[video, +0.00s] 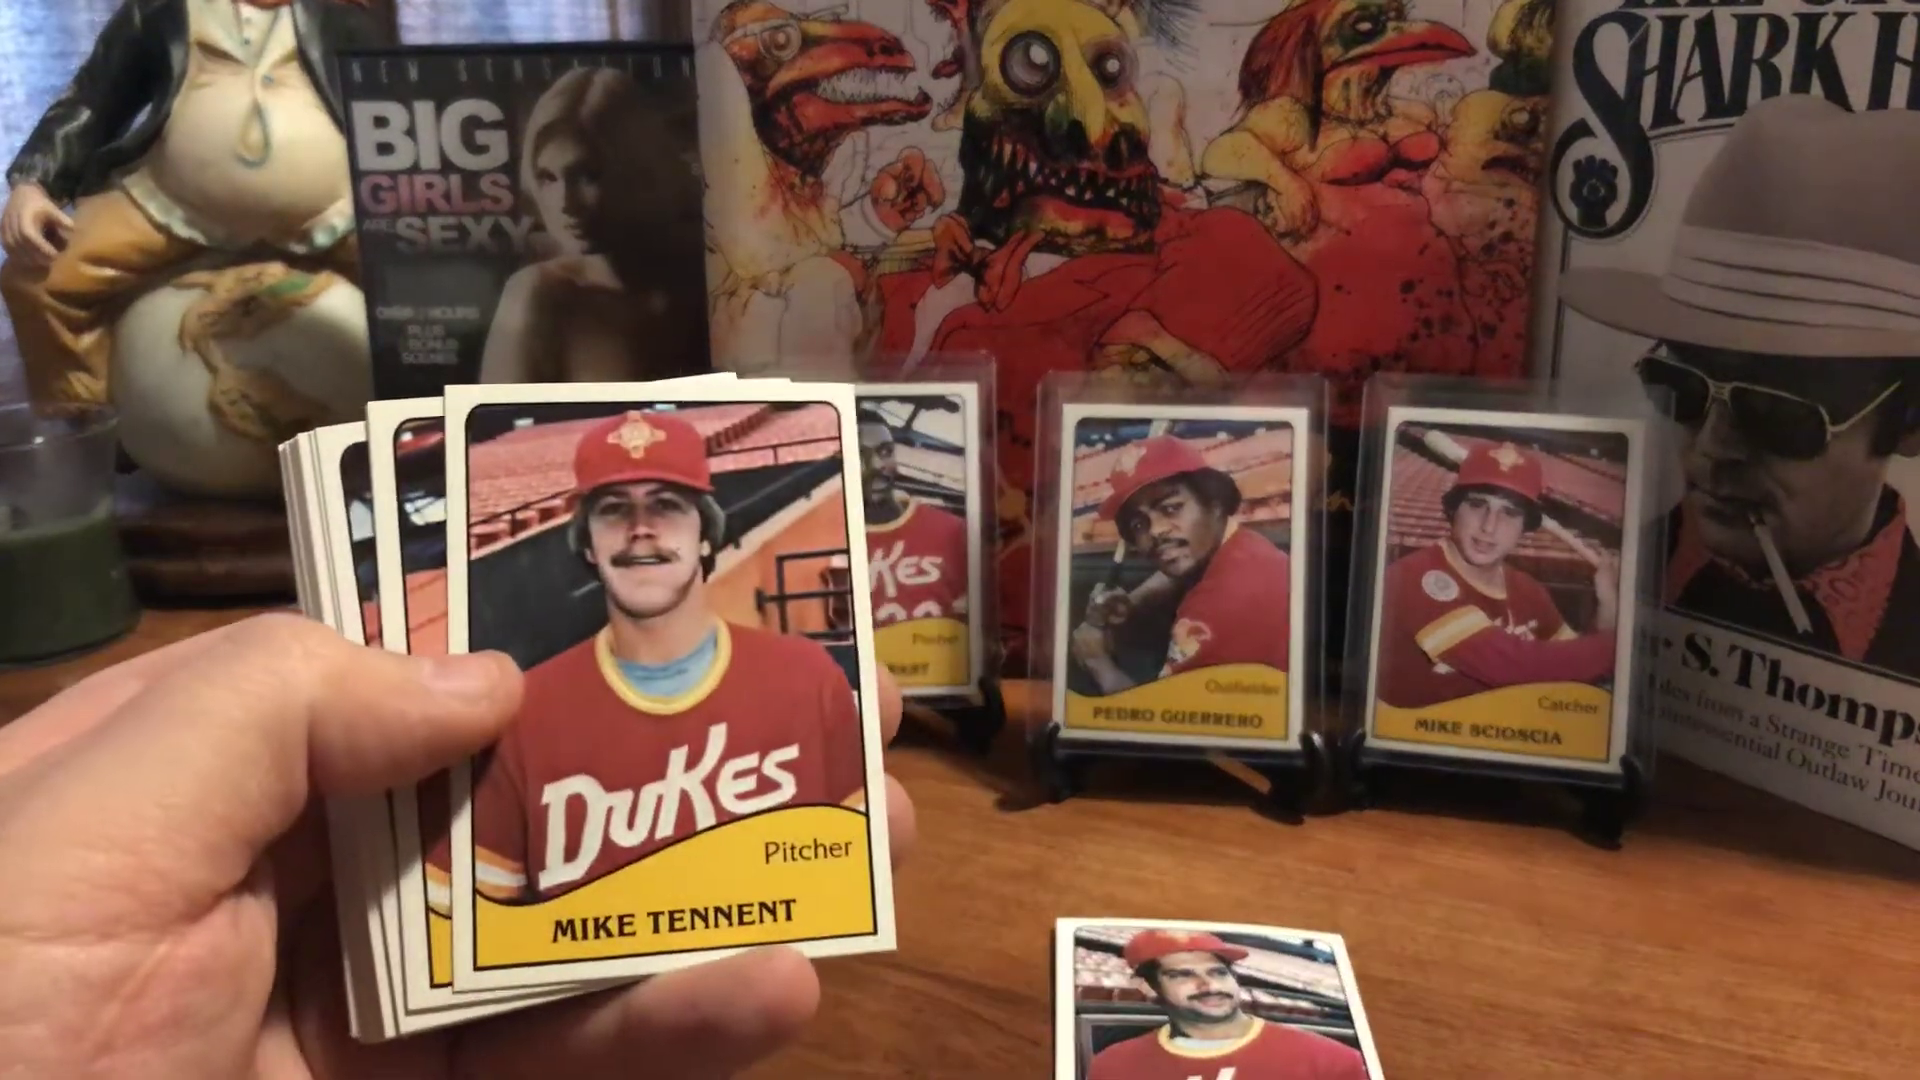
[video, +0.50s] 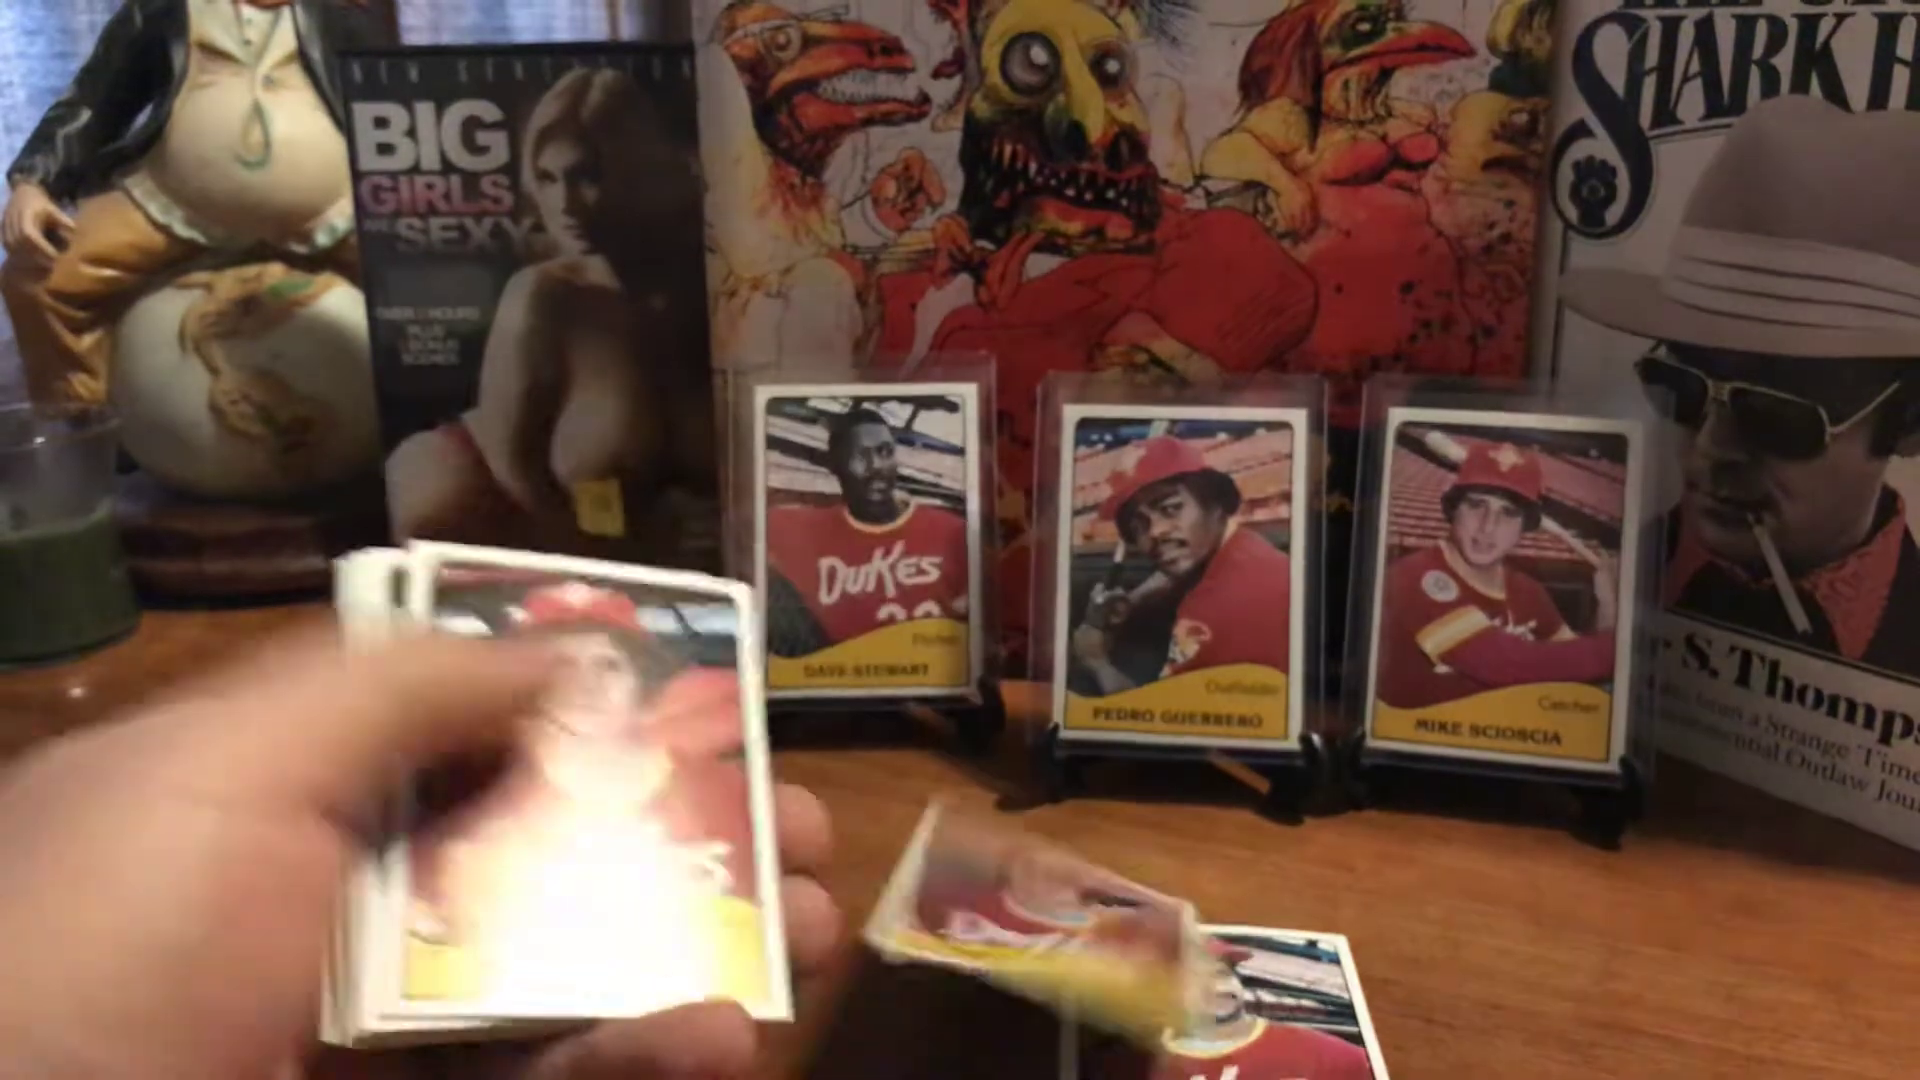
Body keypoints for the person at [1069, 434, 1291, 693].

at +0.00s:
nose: (1156, 531)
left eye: (1171, 508)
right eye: (1140, 523)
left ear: (1215, 503)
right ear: (1133, 540)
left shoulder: (1214, 605)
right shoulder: (1252, 546)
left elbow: (1160, 719)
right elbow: (1186, 564)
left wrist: (1098, 662)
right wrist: (1133, 602)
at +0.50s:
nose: (1157, 531)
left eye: (1171, 508)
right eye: (1141, 522)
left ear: (1216, 505)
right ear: (1134, 539)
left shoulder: (1213, 606)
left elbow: (1163, 722)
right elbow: (1184, 567)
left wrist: (1098, 663)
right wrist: (1133, 601)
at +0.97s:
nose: (1156, 529)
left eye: (1170, 507)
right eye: (1140, 520)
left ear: (1214, 504)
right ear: (1133, 536)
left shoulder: (1213, 602)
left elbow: (1163, 721)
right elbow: (1185, 564)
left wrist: (1098, 661)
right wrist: (1132, 600)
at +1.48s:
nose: (1156, 530)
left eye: (1171, 508)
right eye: (1141, 521)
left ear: (1213, 505)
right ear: (1133, 537)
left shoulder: (1211, 607)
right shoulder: (1247, 544)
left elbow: (1159, 720)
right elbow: (1184, 565)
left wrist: (1098, 662)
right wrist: (1131, 602)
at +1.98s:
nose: (1156, 530)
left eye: (1170, 508)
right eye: (1140, 522)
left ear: (1213, 504)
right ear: (1133, 539)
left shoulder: (1212, 605)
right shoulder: (1248, 544)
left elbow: (1160, 720)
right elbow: (1185, 564)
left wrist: (1098, 662)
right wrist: (1132, 602)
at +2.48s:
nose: (1156, 531)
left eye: (1170, 508)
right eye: (1140, 522)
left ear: (1214, 504)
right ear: (1133, 540)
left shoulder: (1213, 605)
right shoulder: (1248, 545)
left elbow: (1159, 720)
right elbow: (1184, 565)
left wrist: (1098, 662)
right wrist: (1132, 603)